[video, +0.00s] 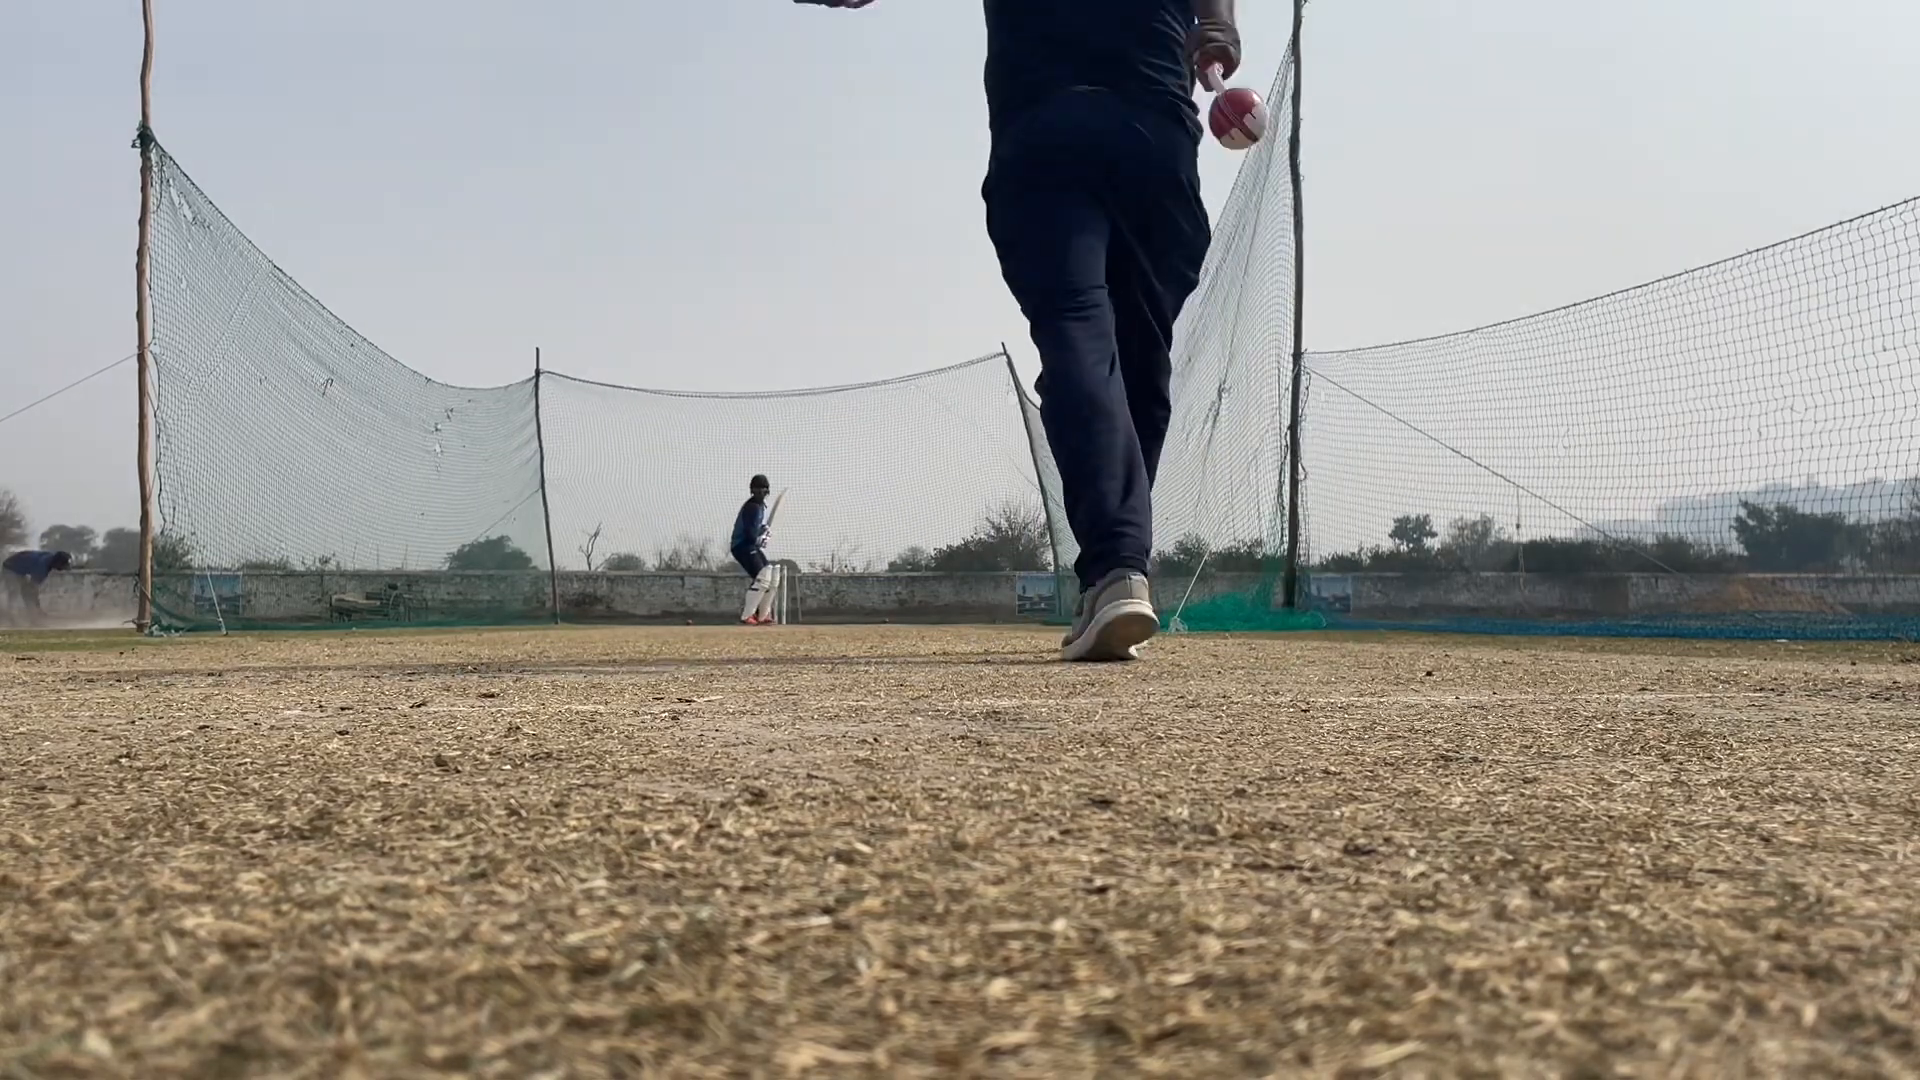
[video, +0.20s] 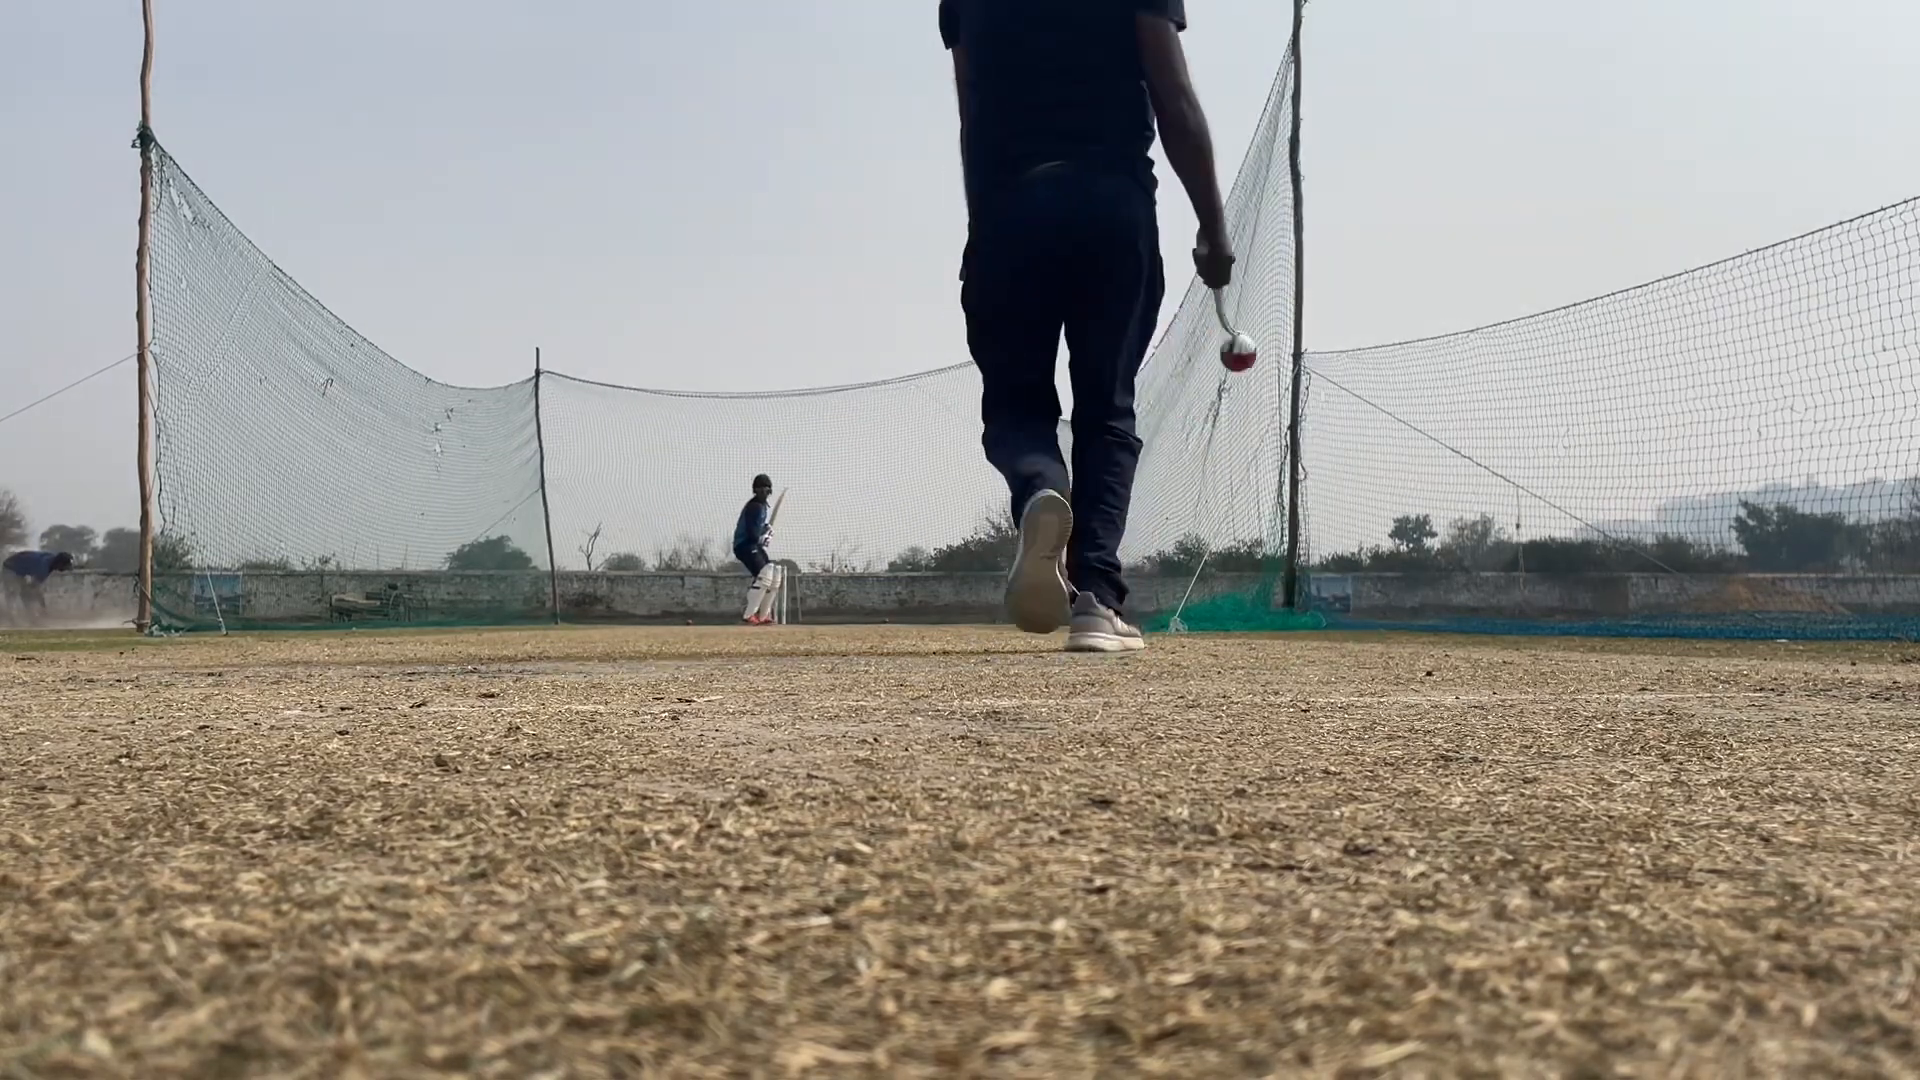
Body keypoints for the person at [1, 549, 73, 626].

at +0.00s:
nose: (62, 569)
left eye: (64, 567)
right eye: (63, 566)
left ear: (58, 559)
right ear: (59, 562)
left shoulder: (49, 562)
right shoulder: (43, 564)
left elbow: (34, 586)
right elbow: (33, 587)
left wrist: (36, 608)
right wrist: (37, 608)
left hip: (21, 570)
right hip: (10, 568)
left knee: (28, 593)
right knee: (13, 594)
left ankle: (33, 617)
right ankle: (12, 619)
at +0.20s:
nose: (63, 570)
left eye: (65, 568)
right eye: (64, 568)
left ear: (60, 560)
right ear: (60, 563)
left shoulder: (51, 561)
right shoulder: (44, 567)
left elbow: (36, 585)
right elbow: (34, 587)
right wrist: (43, 607)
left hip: (21, 570)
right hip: (10, 568)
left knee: (27, 594)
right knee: (12, 595)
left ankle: (32, 618)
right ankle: (12, 620)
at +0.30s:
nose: (65, 570)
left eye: (67, 568)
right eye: (65, 567)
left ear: (61, 562)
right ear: (61, 563)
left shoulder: (51, 563)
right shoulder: (45, 566)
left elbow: (36, 583)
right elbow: (42, 590)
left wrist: (30, 590)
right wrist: (48, 609)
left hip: (21, 571)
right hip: (10, 568)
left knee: (26, 593)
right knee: (12, 596)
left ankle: (32, 616)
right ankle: (13, 621)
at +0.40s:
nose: (65, 571)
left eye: (67, 569)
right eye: (66, 568)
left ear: (61, 562)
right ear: (61, 564)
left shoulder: (52, 564)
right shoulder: (45, 565)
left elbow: (36, 583)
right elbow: (44, 592)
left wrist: (30, 592)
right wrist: (49, 611)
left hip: (21, 571)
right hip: (10, 568)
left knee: (26, 594)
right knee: (12, 595)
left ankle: (32, 616)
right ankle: (12, 619)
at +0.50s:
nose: (66, 571)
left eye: (67, 569)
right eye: (66, 568)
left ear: (62, 562)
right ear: (62, 563)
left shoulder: (52, 563)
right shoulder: (46, 565)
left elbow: (37, 582)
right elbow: (44, 592)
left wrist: (30, 592)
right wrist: (50, 611)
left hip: (21, 570)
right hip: (10, 567)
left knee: (26, 594)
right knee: (12, 595)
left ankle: (31, 615)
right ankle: (13, 619)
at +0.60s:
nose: (66, 570)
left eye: (68, 567)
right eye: (67, 567)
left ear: (62, 562)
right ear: (62, 563)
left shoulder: (52, 564)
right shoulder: (46, 566)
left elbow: (35, 584)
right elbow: (44, 592)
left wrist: (30, 594)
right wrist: (50, 610)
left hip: (20, 570)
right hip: (10, 567)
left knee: (26, 594)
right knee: (12, 595)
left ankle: (31, 616)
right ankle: (13, 619)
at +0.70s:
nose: (68, 568)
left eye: (70, 566)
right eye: (68, 565)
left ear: (63, 561)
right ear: (63, 562)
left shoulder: (53, 563)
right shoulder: (47, 566)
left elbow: (37, 583)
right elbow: (42, 591)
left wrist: (30, 595)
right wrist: (50, 610)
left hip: (21, 570)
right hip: (10, 567)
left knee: (26, 594)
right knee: (12, 595)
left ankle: (32, 616)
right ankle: (15, 621)